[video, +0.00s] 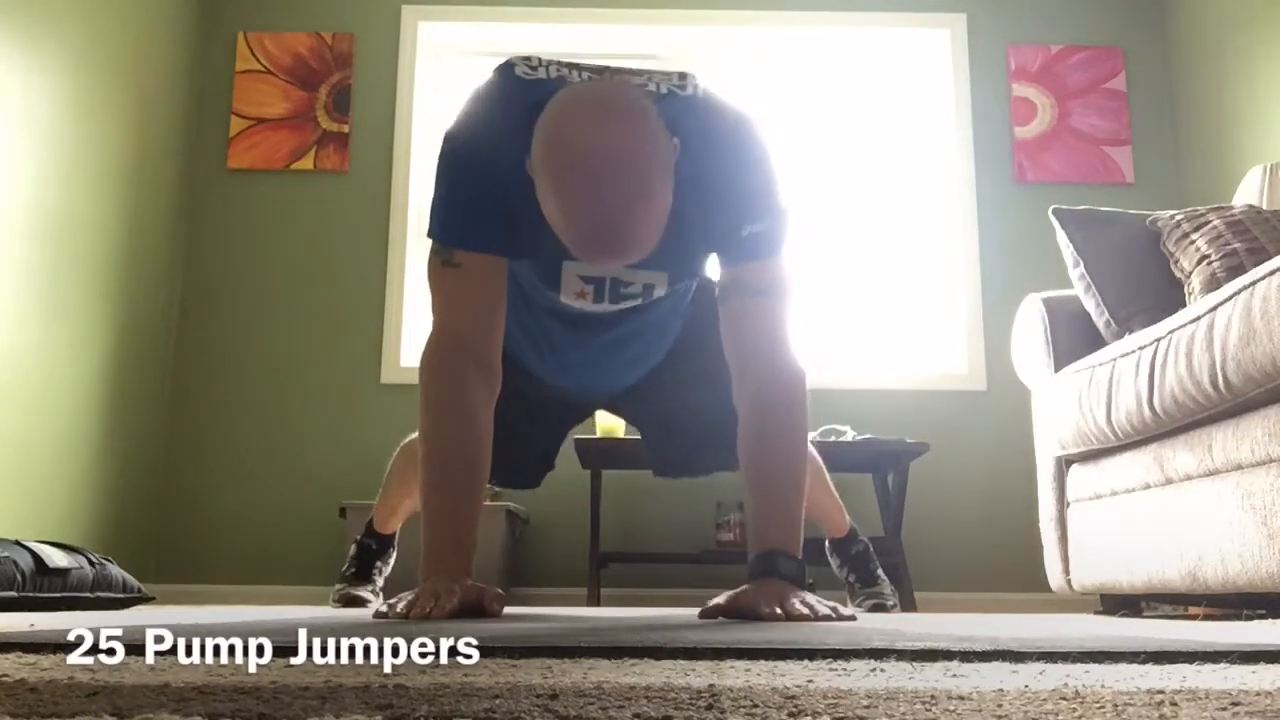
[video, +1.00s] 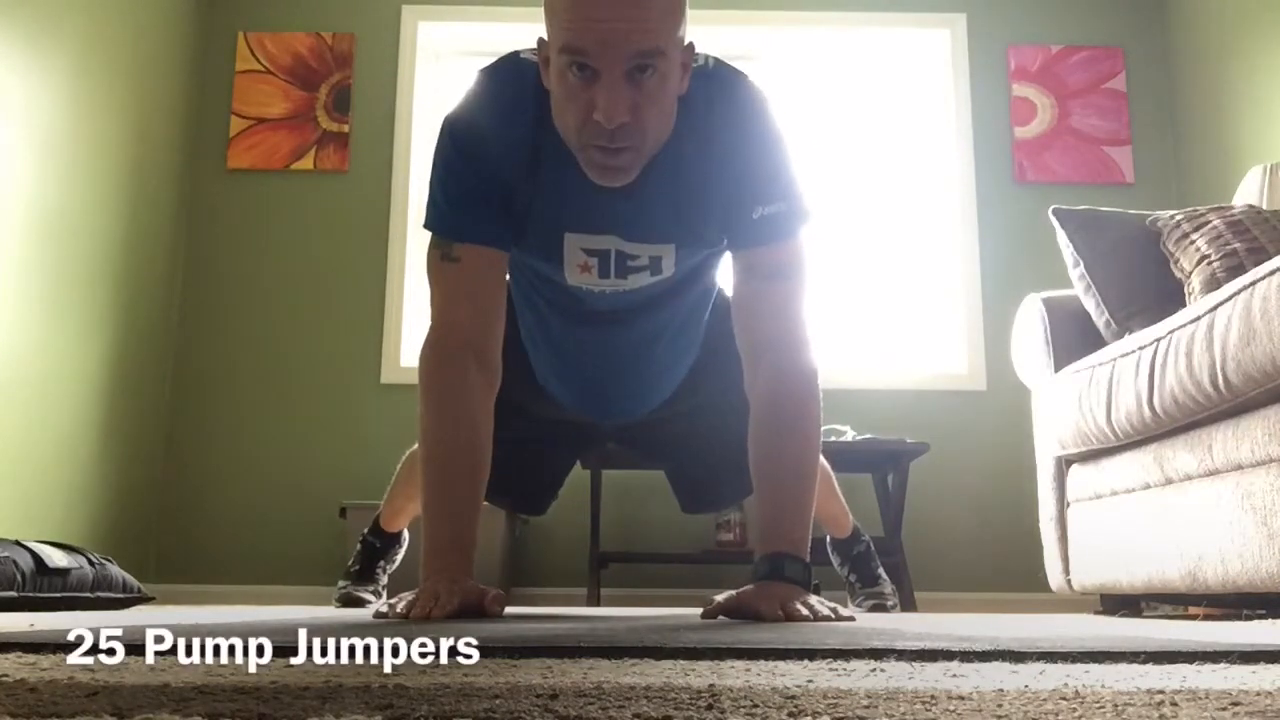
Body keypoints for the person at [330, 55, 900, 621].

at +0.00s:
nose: (605, 283)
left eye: (631, 269)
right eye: (584, 267)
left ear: (672, 167)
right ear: (536, 176)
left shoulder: (731, 154)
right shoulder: (482, 145)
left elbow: (768, 369)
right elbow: (459, 361)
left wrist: (776, 571)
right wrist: (448, 578)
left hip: (671, 330)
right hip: (529, 338)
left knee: (771, 439)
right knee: (449, 452)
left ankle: (854, 549)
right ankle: (374, 534)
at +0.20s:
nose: (611, 279)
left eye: (635, 262)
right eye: (587, 265)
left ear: (671, 160)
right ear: (535, 175)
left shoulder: (729, 136)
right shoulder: (479, 144)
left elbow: (770, 366)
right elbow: (460, 362)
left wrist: (777, 570)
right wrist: (448, 577)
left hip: (679, 329)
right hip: (532, 332)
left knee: (776, 439)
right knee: (452, 441)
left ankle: (855, 549)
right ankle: (379, 537)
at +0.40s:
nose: (605, 195)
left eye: (633, 159)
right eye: (579, 159)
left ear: (676, 105)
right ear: (539, 102)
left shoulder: (735, 125)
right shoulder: (483, 133)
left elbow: (776, 360)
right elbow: (461, 356)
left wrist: (779, 574)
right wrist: (445, 580)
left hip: (690, 339)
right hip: (540, 336)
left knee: (787, 453)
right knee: (445, 449)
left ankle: (855, 551)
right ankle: (384, 547)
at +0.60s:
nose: (608, 107)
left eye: (642, 67)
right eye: (577, 67)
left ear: (684, 60)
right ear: (542, 59)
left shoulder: (735, 112)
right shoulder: (493, 114)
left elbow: (778, 362)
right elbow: (460, 351)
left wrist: (779, 574)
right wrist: (445, 581)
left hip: (693, 350)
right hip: (541, 347)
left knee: (785, 458)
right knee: (449, 454)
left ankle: (858, 552)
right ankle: (380, 544)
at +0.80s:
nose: (608, 105)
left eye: (641, 65)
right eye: (578, 64)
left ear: (684, 60)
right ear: (542, 59)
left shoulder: (734, 110)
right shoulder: (492, 113)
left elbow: (779, 355)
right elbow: (459, 351)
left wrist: (781, 573)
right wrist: (445, 581)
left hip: (687, 341)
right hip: (538, 340)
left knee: (785, 458)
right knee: (444, 456)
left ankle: (856, 552)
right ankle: (379, 541)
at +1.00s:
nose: (609, 113)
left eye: (643, 71)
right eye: (579, 70)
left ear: (685, 63)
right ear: (544, 63)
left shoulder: (733, 118)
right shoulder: (493, 117)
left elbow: (780, 358)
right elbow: (459, 352)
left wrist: (783, 574)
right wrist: (445, 582)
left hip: (687, 356)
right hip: (532, 355)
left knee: (786, 454)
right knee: (445, 455)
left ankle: (859, 558)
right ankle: (377, 545)